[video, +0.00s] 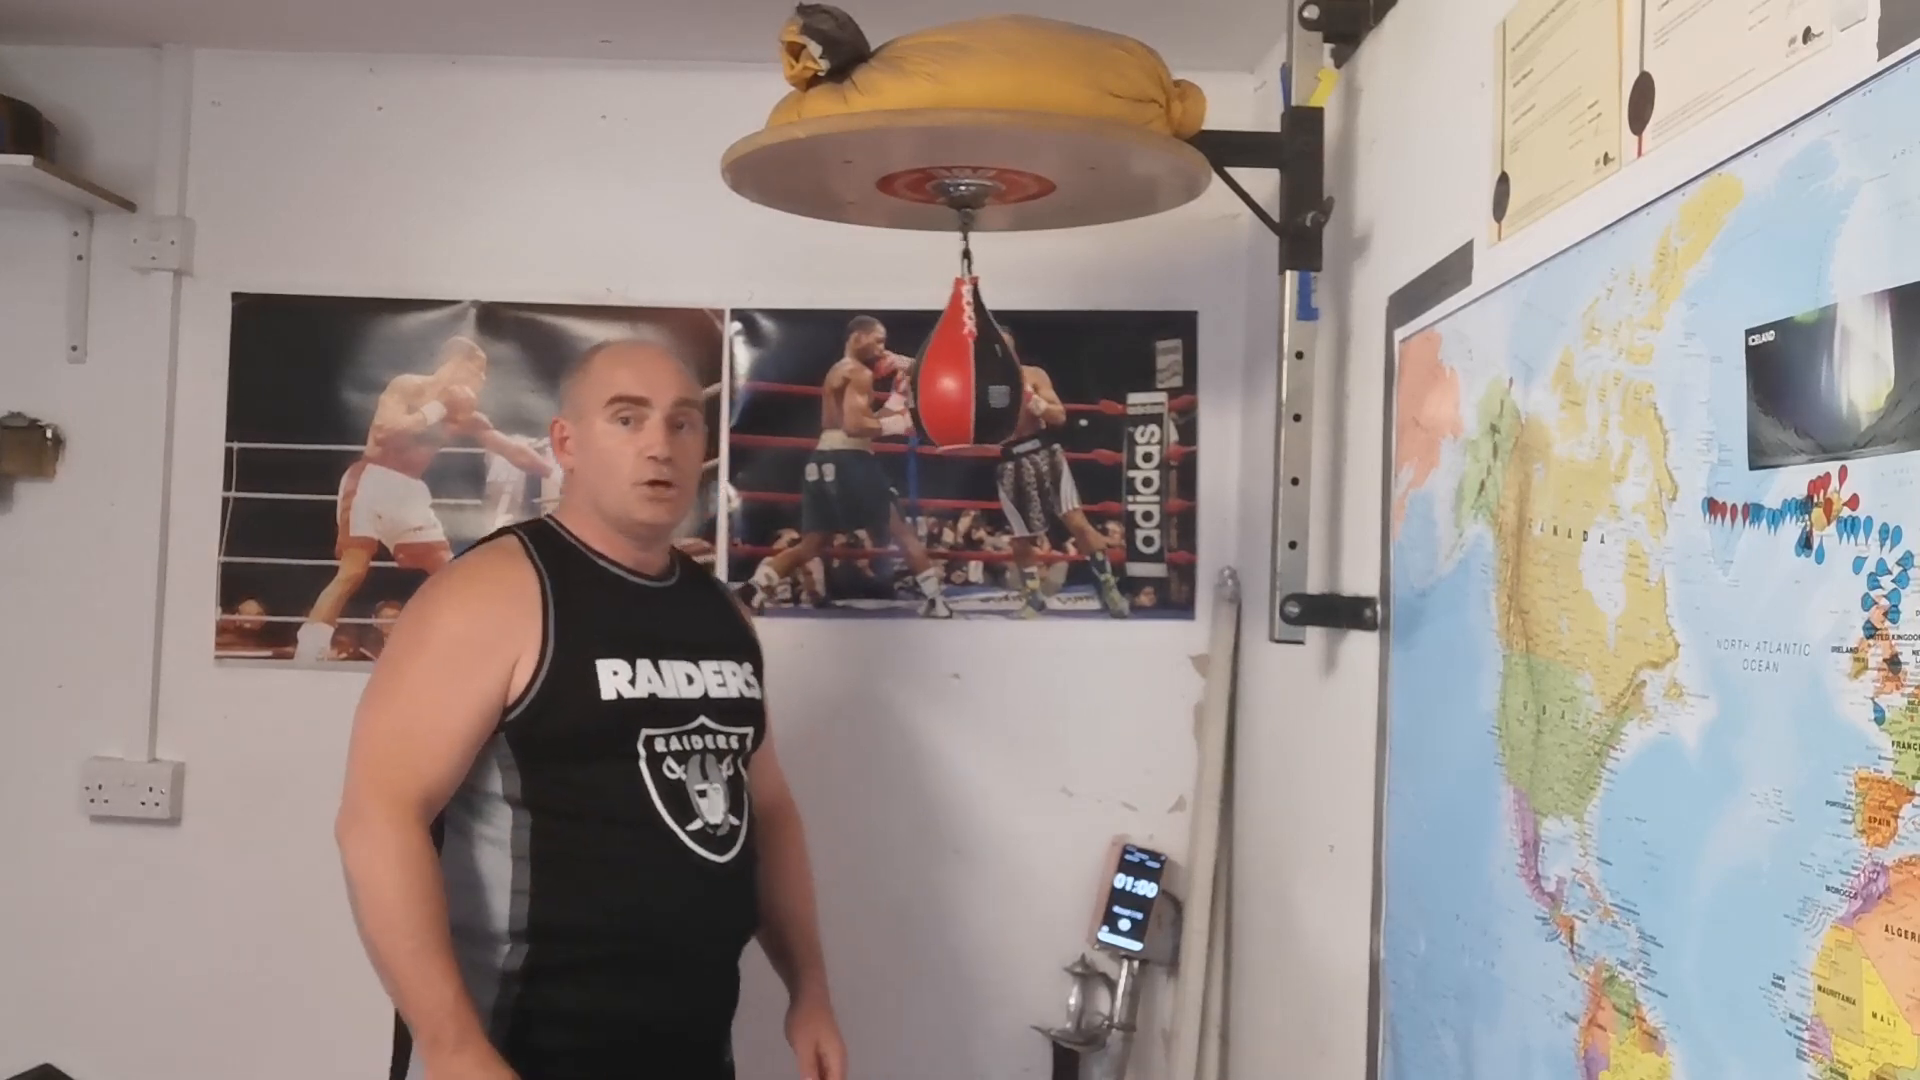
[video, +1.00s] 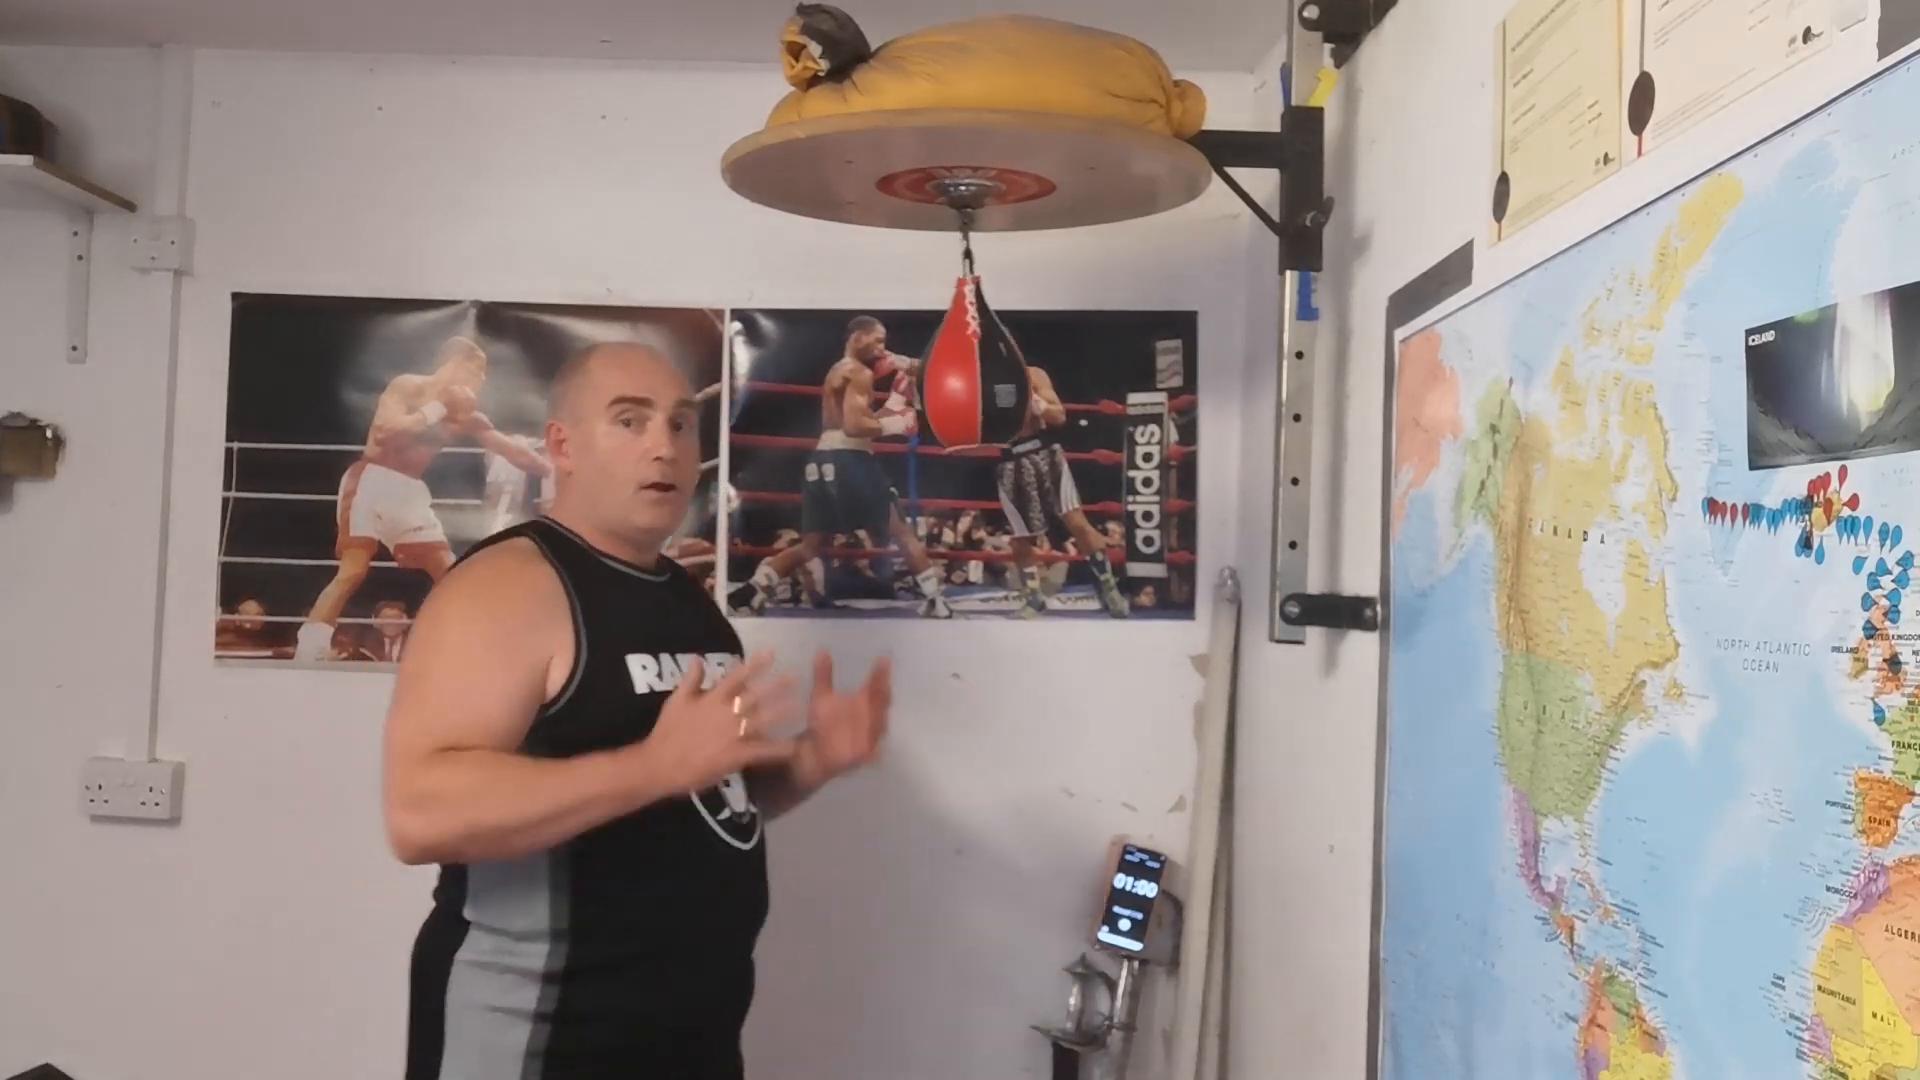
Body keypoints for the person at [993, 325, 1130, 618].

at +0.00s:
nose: (1001, 355)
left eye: (1004, 347)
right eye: (995, 349)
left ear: (1013, 348)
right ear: (986, 355)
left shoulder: (1034, 375)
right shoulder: (984, 385)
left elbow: (1059, 416)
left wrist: (1040, 407)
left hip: (1046, 456)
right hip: (1011, 465)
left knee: (1075, 522)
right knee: (1022, 537)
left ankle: (1107, 586)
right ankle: (1033, 597)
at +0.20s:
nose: (1004, 363)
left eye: (1006, 356)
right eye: (996, 359)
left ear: (1016, 355)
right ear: (988, 365)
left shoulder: (1035, 376)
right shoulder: (983, 387)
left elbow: (1059, 416)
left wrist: (1041, 405)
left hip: (1047, 455)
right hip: (1011, 463)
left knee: (1077, 523)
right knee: (1021, 537)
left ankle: (1109, 589)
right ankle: (1032, 598)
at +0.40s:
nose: (997, 360)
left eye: (1000, 353)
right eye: (992, 354)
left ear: (1009, 351)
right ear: (987, 357)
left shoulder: (1034, 376)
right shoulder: (981, 384)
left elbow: (1059, 416)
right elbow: (975, 428)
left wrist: (1036, 404)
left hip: (1046, 457)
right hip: (1011, 465)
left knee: (1076, 523)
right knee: (1022, 538)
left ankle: (1108, 587)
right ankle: (1033, 598)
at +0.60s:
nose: (986, 346)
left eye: (991, 340)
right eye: (982, 342)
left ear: (1008, 346)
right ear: (980, 350)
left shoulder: (1033, 375)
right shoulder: (982, 385)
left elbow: (1059, 416)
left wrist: (1032, 400)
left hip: (1046, 456)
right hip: (1011, 465)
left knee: (1076, 523)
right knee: (1021, 537)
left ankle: (1109, 587)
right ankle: (1031, 595)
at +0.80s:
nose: (995, 355)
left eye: (999, 348)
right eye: (990, 349)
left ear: (1010, 349)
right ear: (984, 353)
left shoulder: (1034, 376)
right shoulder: (983, 384)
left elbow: (1059, 416)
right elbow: (978, 420)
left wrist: (1036, 403)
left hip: (1045, 456)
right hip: (1011, 464)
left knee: (1076, 523)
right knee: (1022, 536)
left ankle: (1108, 587)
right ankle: (1031, 596)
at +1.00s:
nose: (1002, 356)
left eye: (1004, 349)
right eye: (994, 354)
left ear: (1011, 349)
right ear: (987, 361)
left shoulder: (1034, 376)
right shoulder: (984, 387)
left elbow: (1059, 416)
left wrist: (1043, 409)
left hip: (1047, 456)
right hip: (1012, 464)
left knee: (1076, 523)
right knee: (1021, 536)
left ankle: (1109, 589)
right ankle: (1032, 597)